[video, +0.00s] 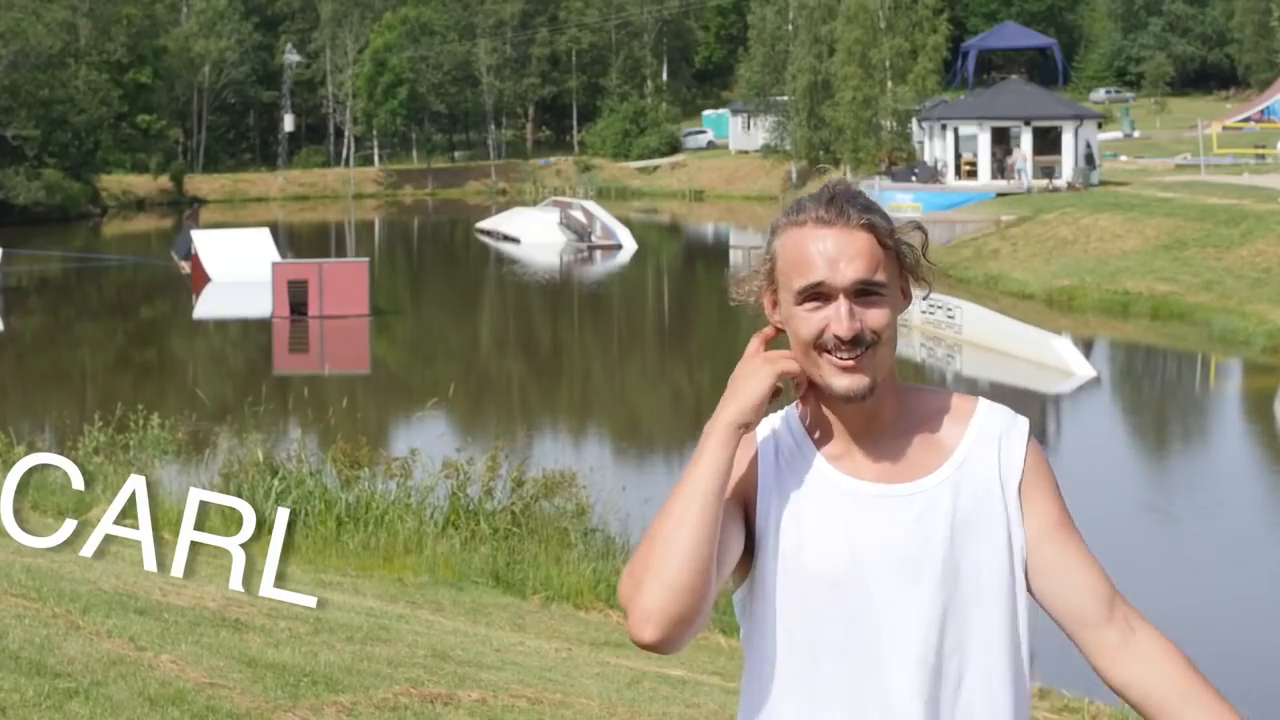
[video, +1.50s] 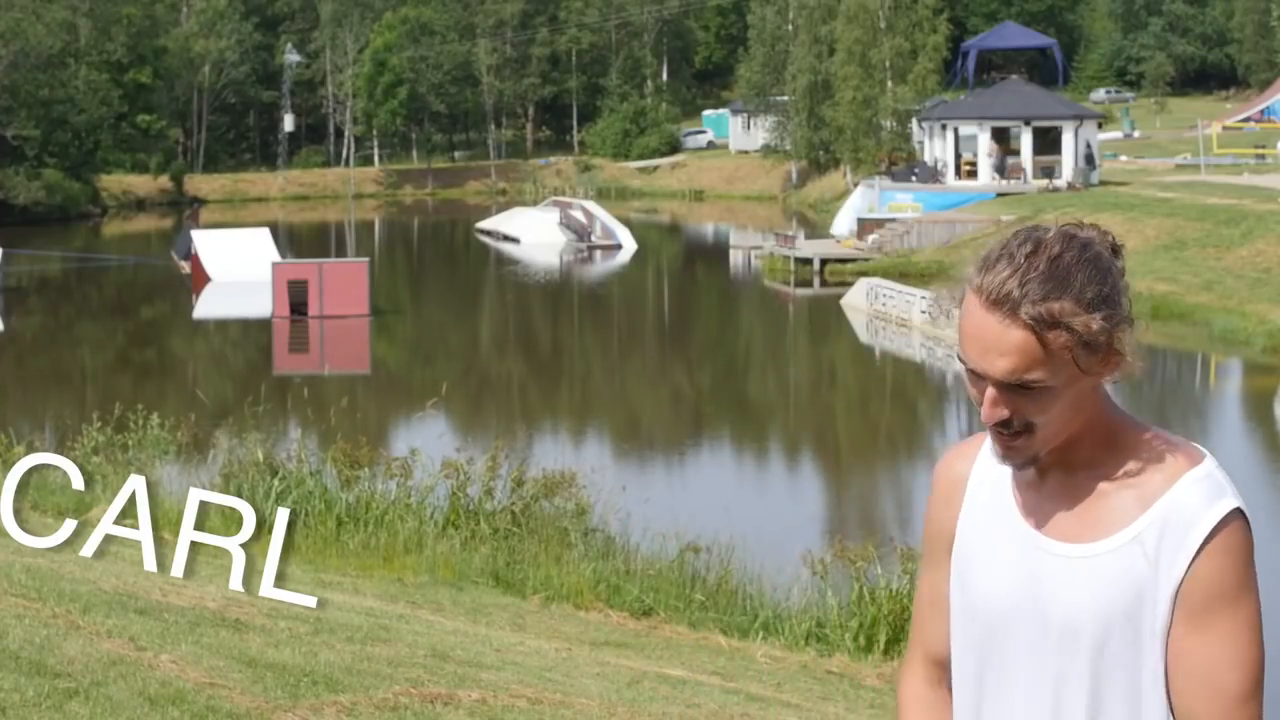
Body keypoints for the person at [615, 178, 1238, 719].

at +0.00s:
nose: (845, 323)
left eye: (868, 293)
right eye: (814, 298)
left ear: (902, 298)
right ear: (774, 310)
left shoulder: (994, 443)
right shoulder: (757, 457)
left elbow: (1116, 636)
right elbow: (653, 624)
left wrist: (1229, 713)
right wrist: (725, 421)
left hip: (974, 711)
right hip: (795, 711)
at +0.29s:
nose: (800, 329)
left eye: (822, 297)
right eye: (769, 308)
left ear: (865, 297)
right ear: (740, 322)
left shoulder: (979, 441)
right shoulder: (735, 468)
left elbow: (1129, 613)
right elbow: (621, 648)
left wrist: (1260, 712)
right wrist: (696, 439)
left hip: (960, 708)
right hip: (785, 711)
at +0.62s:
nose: (790, 371)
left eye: (813, 336)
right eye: (762, 348)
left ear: (874, 306)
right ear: (742, 344)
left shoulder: (1003, 466)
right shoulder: (753, 495)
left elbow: (1074, 675)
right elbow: (682, 698)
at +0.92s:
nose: (853, 393)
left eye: (880, 360)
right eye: (826, 365)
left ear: (938, 324)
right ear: (802, 346)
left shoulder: (1057, 464)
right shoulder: (812, 507)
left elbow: (1133, 687)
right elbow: (792, 699)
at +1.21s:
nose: (918, 407)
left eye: (948, 377)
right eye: (896, 374)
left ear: (1018, 342)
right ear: (880, 349)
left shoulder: (1136, 492)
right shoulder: (895, 496)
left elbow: (1194, 706)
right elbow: (870, 697)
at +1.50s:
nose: (990, 413)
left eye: (1023, 387)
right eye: (974, 376)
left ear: (1104, 361)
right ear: (964, 349)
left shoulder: (1197, 519)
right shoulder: (963, 476)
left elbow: (1223, 709)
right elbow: (930, 673)